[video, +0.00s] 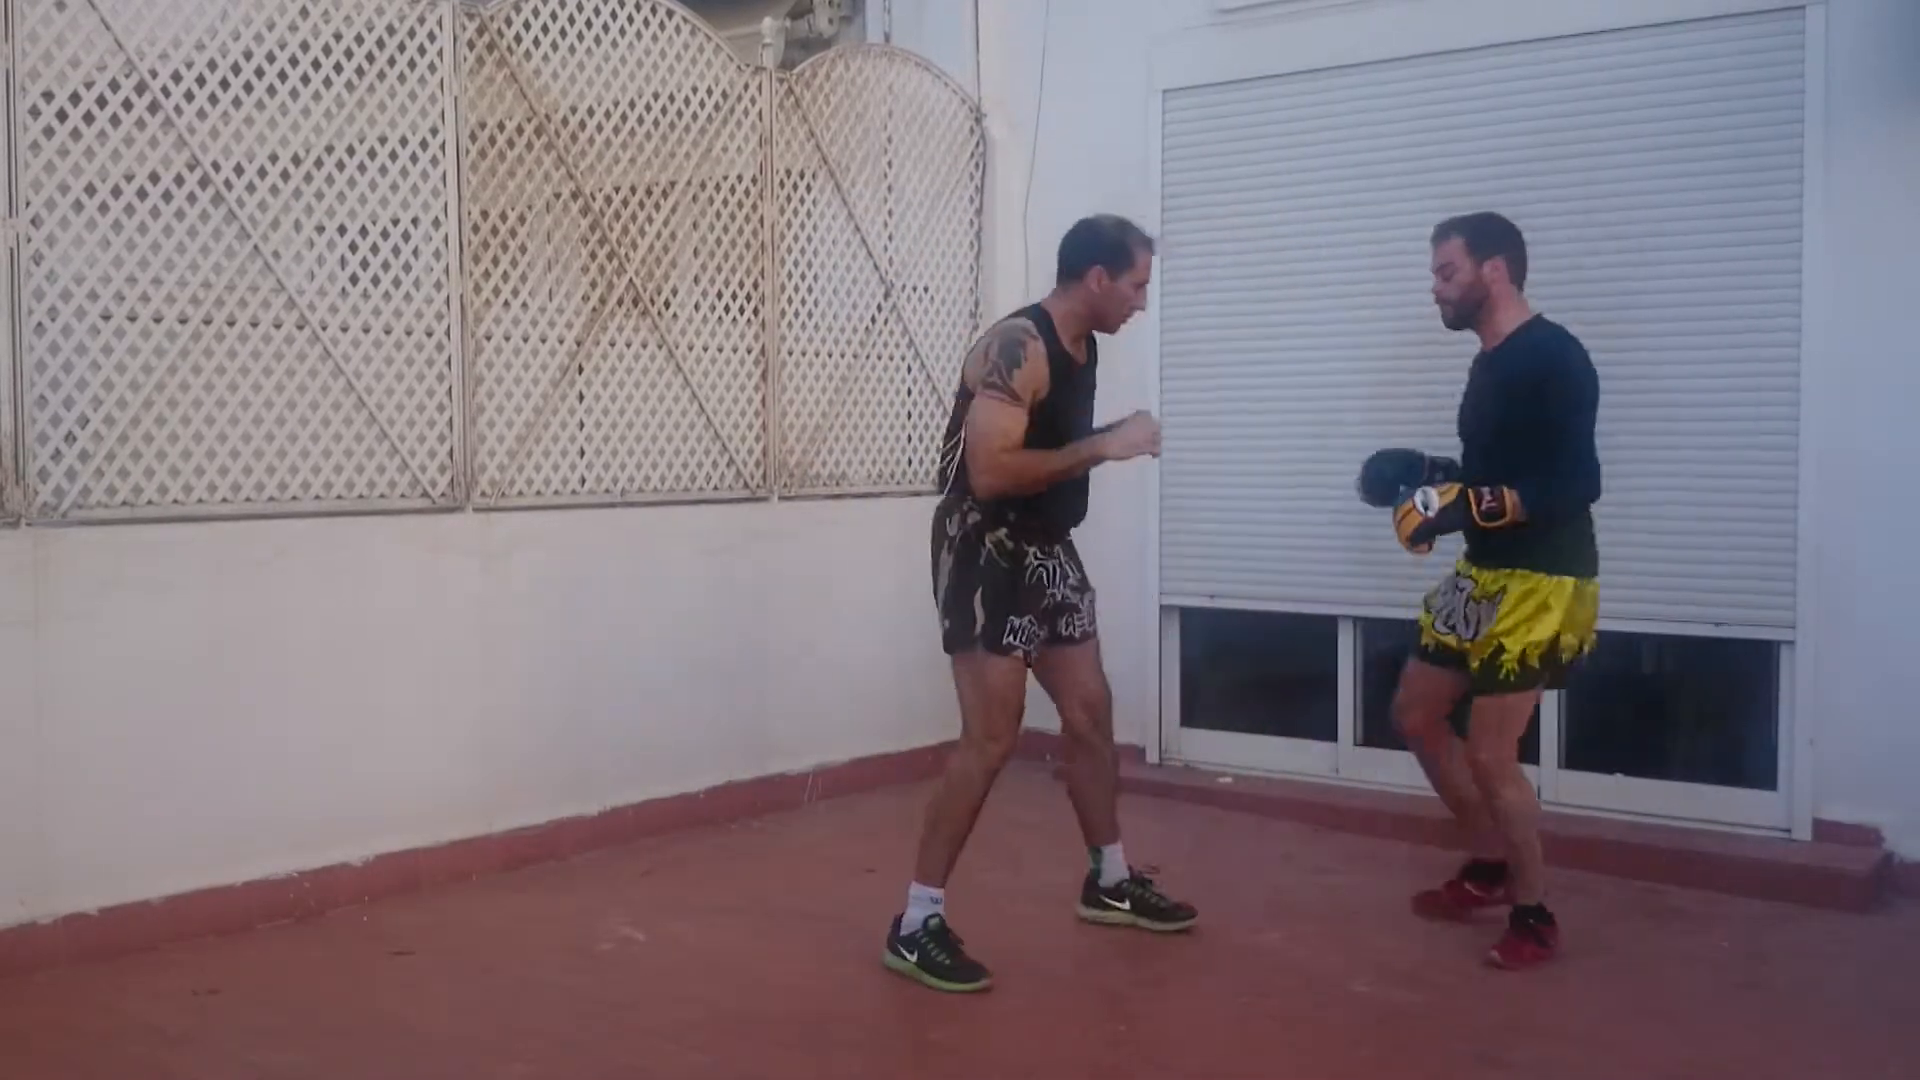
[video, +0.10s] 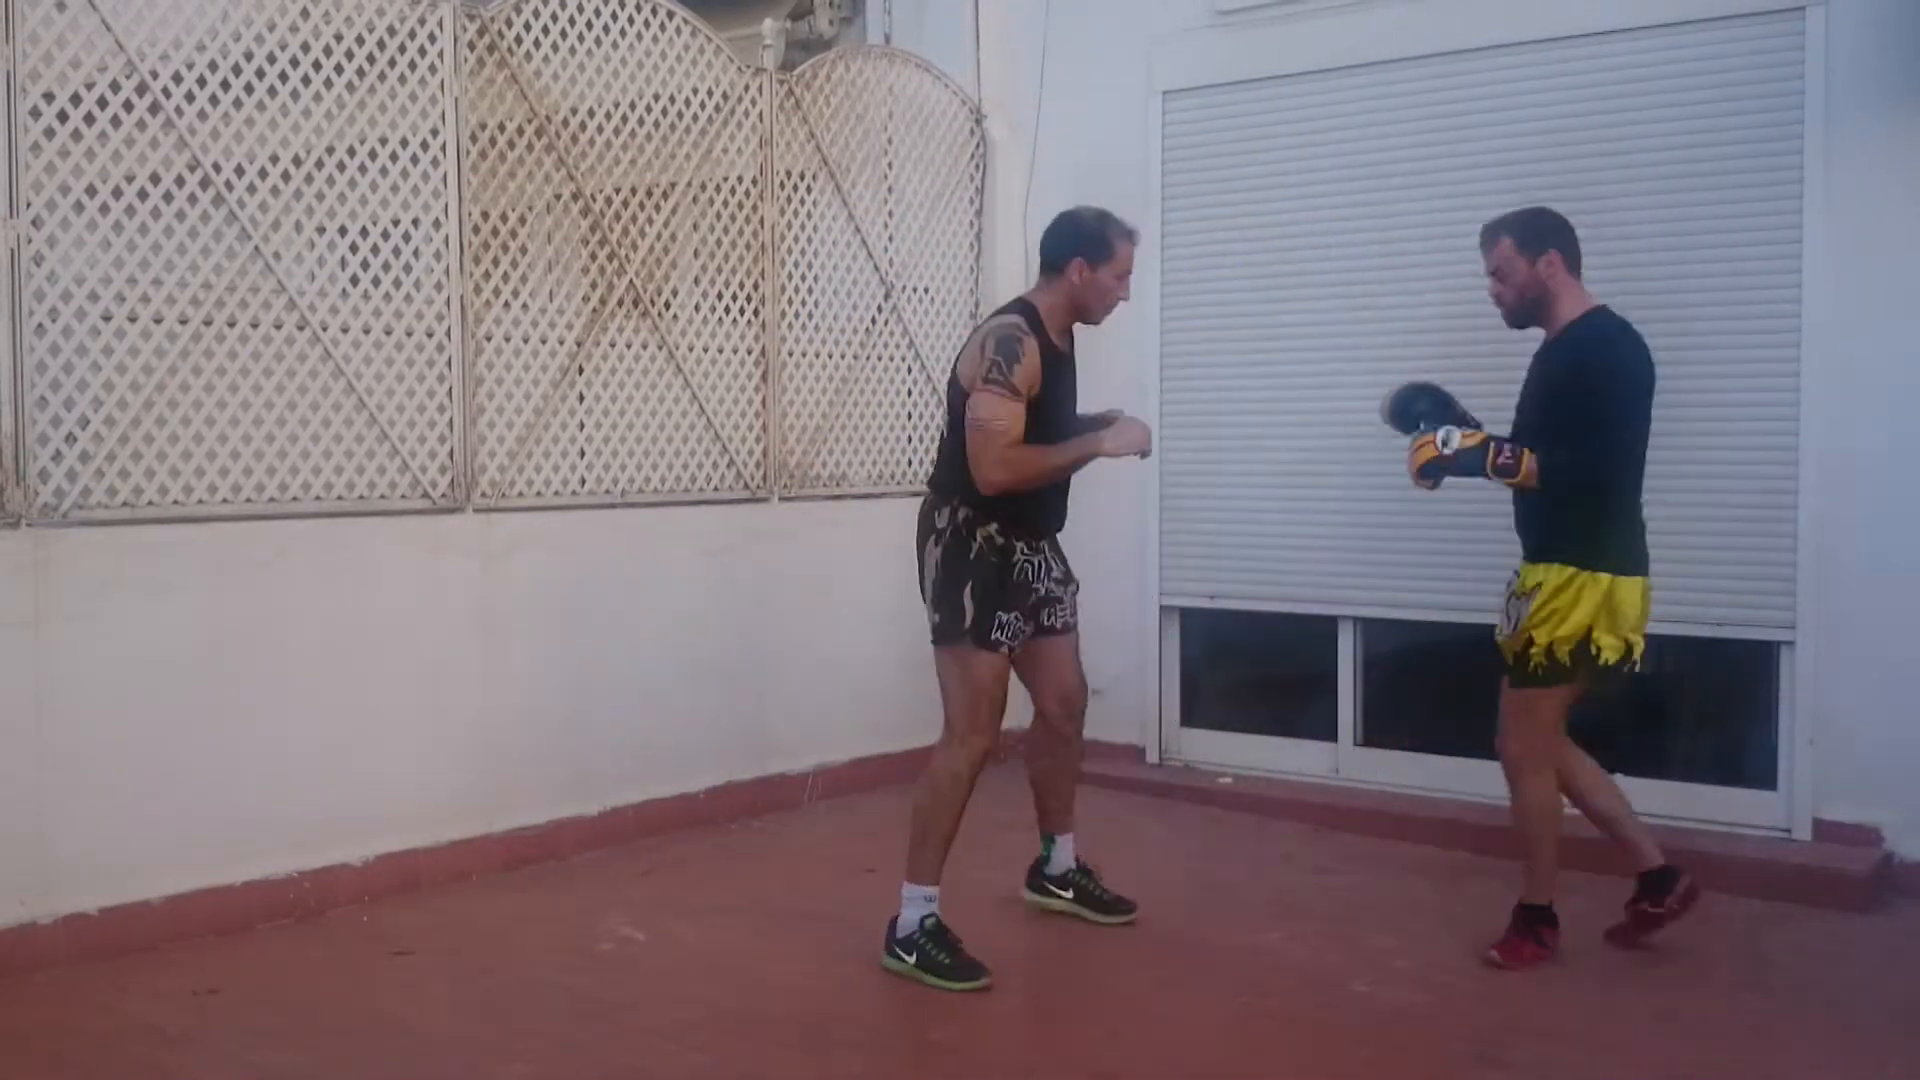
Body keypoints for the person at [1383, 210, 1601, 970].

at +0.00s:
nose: (1436, 287)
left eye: (1447, 271)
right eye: (1434, 274)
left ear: (1497, 271)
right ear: (1485, 276)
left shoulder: (1556, 357)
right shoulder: (1489, 363)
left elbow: (1579, 484)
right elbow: (1497, 472)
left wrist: (1476, 506)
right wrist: (1434, 476)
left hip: (1542, 578)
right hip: (1480, 570)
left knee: (1491, 754)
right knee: (1417, 717)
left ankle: (1534, 916)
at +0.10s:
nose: (1493, 291)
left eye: (1500, 274)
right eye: (1490, 277)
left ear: (1550, 264)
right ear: (1549, 269)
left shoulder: (1593, 350)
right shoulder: (1584, 345)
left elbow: (1578, 476)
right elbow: (1561, 461)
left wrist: (1472, 455)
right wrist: (1478, 438)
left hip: (1575, 573)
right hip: (1586, 569)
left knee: (1525, 743)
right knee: (1542, 738)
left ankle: (1537, 915)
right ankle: (1657, 875)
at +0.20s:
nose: (1548, 298)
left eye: (1555, 280)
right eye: (1543, 283)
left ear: (1604, 264)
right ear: (1600, 272)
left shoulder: (1666, 334)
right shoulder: (1610, 347)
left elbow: (1640, 433)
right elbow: (1537, 440)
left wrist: (1561, 404)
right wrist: (1492, 387)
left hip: (1643, 567)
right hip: (1644, 564)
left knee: (1554, 735)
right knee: (1651, 748)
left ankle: (1571, 916)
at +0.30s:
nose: (1603, 312)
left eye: (1610, 295)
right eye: (1599, 299)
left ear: (1658, 281)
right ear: (1661, 287)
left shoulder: (1704, 357)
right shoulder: (1675, 363)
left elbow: (1660, 438)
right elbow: (1572, 429)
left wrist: (1601, 378)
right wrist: (1542, 353)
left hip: (1710, 590)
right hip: (1744, 591)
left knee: (1568, 723)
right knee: (1739, 776)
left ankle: (1621, 913)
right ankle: (1843, 947)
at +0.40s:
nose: (1645, 308)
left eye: (1653, 291)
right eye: (1643, 295)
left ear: (1705, 283)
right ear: (1707, 288)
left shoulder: (1742, 362)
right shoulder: (1756, 355)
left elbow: (1634, 444)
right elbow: (1680, 452)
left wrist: (1605, 354)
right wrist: (1642, 391)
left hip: (1758, 598)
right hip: (1792, 596)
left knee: (1621, 734)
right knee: (1754, 782)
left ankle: (1658, 947)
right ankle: (1844, 952)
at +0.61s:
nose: (1697, 275)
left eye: (1703, 257)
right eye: (1694, 260)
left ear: (1748, 243)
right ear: (1767, 243)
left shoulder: (1776, 323)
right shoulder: (1828, 314)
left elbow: (1699, 430)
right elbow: (1746, 428)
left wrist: (1656, 365)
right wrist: (1685, 366)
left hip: (1805, 573)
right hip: (1860, 568)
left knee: (1755, 771)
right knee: (1837, 767)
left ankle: (1792, 993)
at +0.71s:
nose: (1722, 291)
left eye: (1729, 273)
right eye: (1719, 277)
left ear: (1774, 260)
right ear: (1789, 263)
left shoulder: (1811, 346)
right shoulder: (1853, 338)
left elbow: (1718, 446)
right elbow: (1755, 441)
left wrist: (1676, 373)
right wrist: (1704, 377)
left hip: (1834, 595)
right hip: (1885, 593)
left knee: (1768, 785)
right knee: (1909, 803)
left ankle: (1803, 1006)